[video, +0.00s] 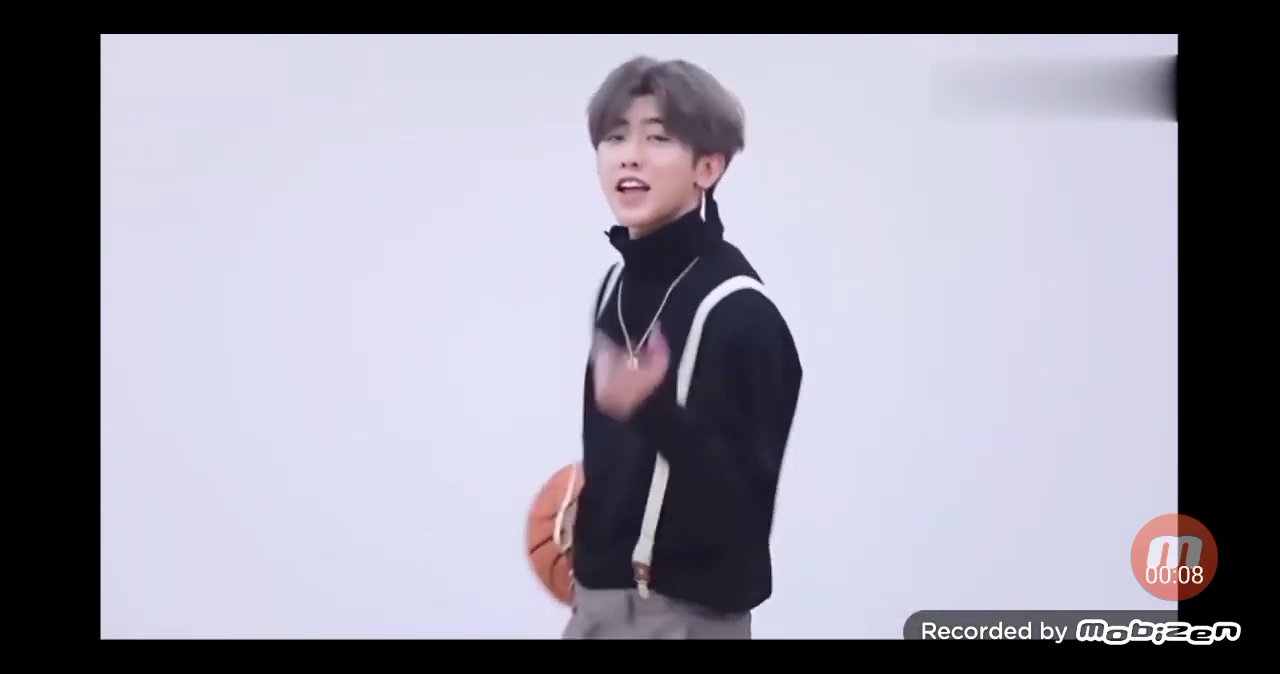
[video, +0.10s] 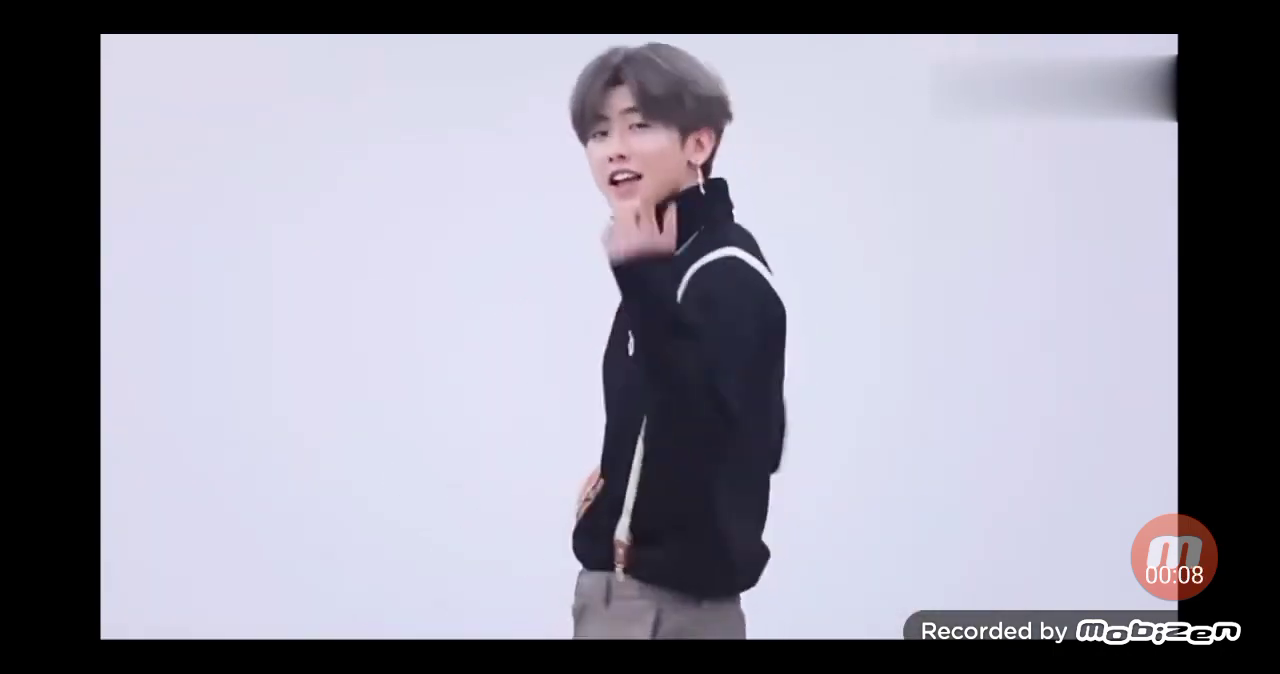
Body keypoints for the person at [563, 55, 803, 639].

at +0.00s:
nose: (630, 156)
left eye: (658, 138)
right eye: (615, 137)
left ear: (707, 168)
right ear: (598, 156)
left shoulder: (740, 314)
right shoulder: (616, 286)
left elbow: (741, 495)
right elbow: (618, 441)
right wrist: (583, 513)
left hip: (691, 610)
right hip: (599, 599)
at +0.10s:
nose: (614, 149)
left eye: (640, 125)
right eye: (600, 133)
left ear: (698, 145)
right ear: (587, 151)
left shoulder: (726, 275)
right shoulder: (660, 260)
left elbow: (713, 421)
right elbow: (664, 417)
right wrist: (612, 476)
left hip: (668, 597)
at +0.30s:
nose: (601, 166)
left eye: (622, 139)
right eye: (586, 154)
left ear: (686, 150)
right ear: (574, 171)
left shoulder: (707, 262)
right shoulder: (727, 253)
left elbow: (653, 397)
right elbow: (805, 449)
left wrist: (615, 231)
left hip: (662, 600)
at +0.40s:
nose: (590, 174)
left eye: (611, 148)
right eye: (574, 167)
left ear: (674, 156)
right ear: (569, 195)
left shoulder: (692, 268)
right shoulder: (725, 259)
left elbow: (665, 408)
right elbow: (810, 448)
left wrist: (579, 285)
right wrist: (800, 564)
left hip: (654, 600)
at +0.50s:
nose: (585, 176)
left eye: (603, 148)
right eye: (567, 170)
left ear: (665, 155)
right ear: (564, 200)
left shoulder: (694, 262)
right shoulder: (713, 259)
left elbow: (712, 432)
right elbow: (804, 462)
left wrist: (559, 359)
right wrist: (801, 593)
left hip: (659, 600)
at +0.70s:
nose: (561, 202)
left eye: (580, 175)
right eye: (543, 196)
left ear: (639, 185)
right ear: (539, 225)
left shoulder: (679, 288)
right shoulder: (626, 307)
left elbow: (753, 457)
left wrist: (580, 505)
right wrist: (594, 536)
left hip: (697, 608)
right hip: (646, 608)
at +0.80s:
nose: (537, 243)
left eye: (555, 217)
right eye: (519, 235)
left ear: (613, 228)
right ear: (512, 263)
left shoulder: (666, 329)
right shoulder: (583, 393)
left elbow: (739, 495)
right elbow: (630, 563)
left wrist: (573, 534)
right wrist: (536, 591)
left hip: (712, 616)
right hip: (644, 621)